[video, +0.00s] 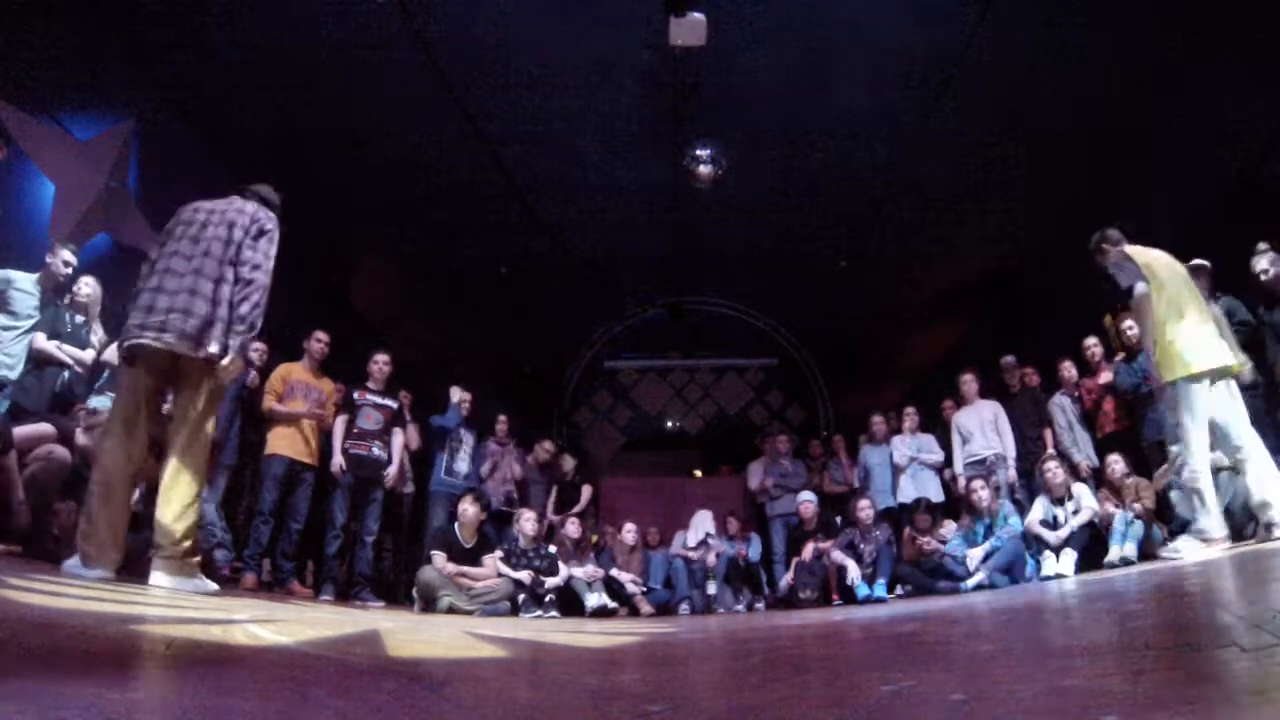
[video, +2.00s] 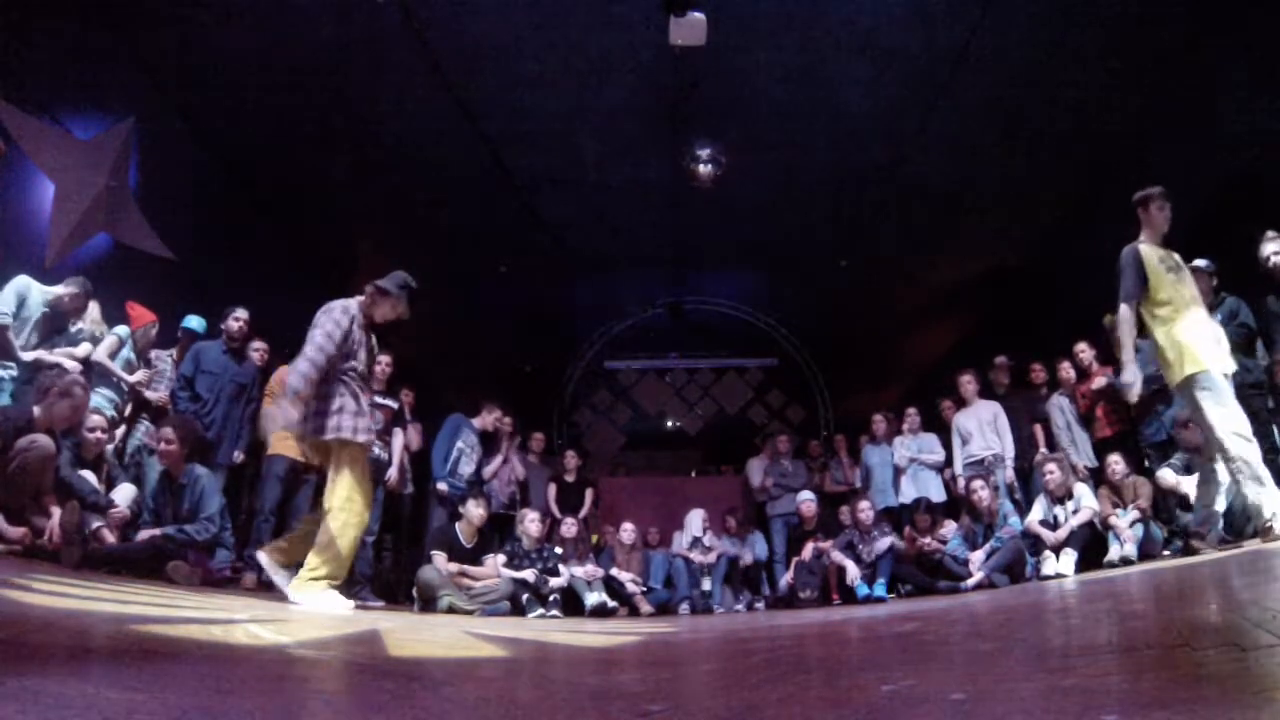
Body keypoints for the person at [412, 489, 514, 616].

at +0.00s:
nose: (464, 508)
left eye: (471, 505)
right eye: (462, 503)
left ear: (483, 515)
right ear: (457, 507)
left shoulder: (484, 539)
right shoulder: (442, 534)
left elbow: (492, 572)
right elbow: (440, 567)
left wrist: (459, 569)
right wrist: (473, 584)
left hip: (478, 589)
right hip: (448, 587)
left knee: (507, 585)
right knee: (426, 574)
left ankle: (454, 605)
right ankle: (477, 610)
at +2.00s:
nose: (482, 512)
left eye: (484, 508)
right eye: (476, 507)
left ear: (488, 512)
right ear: (461, 509)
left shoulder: (485, 538)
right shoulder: (442, 533)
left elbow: (493, 572)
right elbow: (442, 570)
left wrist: (462, 569)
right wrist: (474, 584)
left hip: (476, 590)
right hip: (447, 589)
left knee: (506, 585)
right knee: (426, 573)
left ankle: (453, 605)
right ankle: (477, 609)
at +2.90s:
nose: (491, 517)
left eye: (491, 513)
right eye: (488, 512)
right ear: (473, 513)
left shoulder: (484, 539)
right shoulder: (441, 534)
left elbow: (492, 572)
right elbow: (442, 570)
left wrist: (462, 569)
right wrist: (474, 584)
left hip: (475, 590)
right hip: (446, 589)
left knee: (507, 585)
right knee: (431, 573)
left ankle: (455, 604)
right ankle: (477, 610)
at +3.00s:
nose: (492, 519)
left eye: (491, 514)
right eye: (489, 514)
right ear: (474, 514)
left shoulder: (484, 540)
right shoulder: (441, 534)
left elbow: (492, 572)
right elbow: (443, 571)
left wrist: (462, 569)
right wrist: (474, 584)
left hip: (475, 590)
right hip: (447, 589)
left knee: (506, 585)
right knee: (431, 574)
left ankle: (454, 604)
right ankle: (477, 610)